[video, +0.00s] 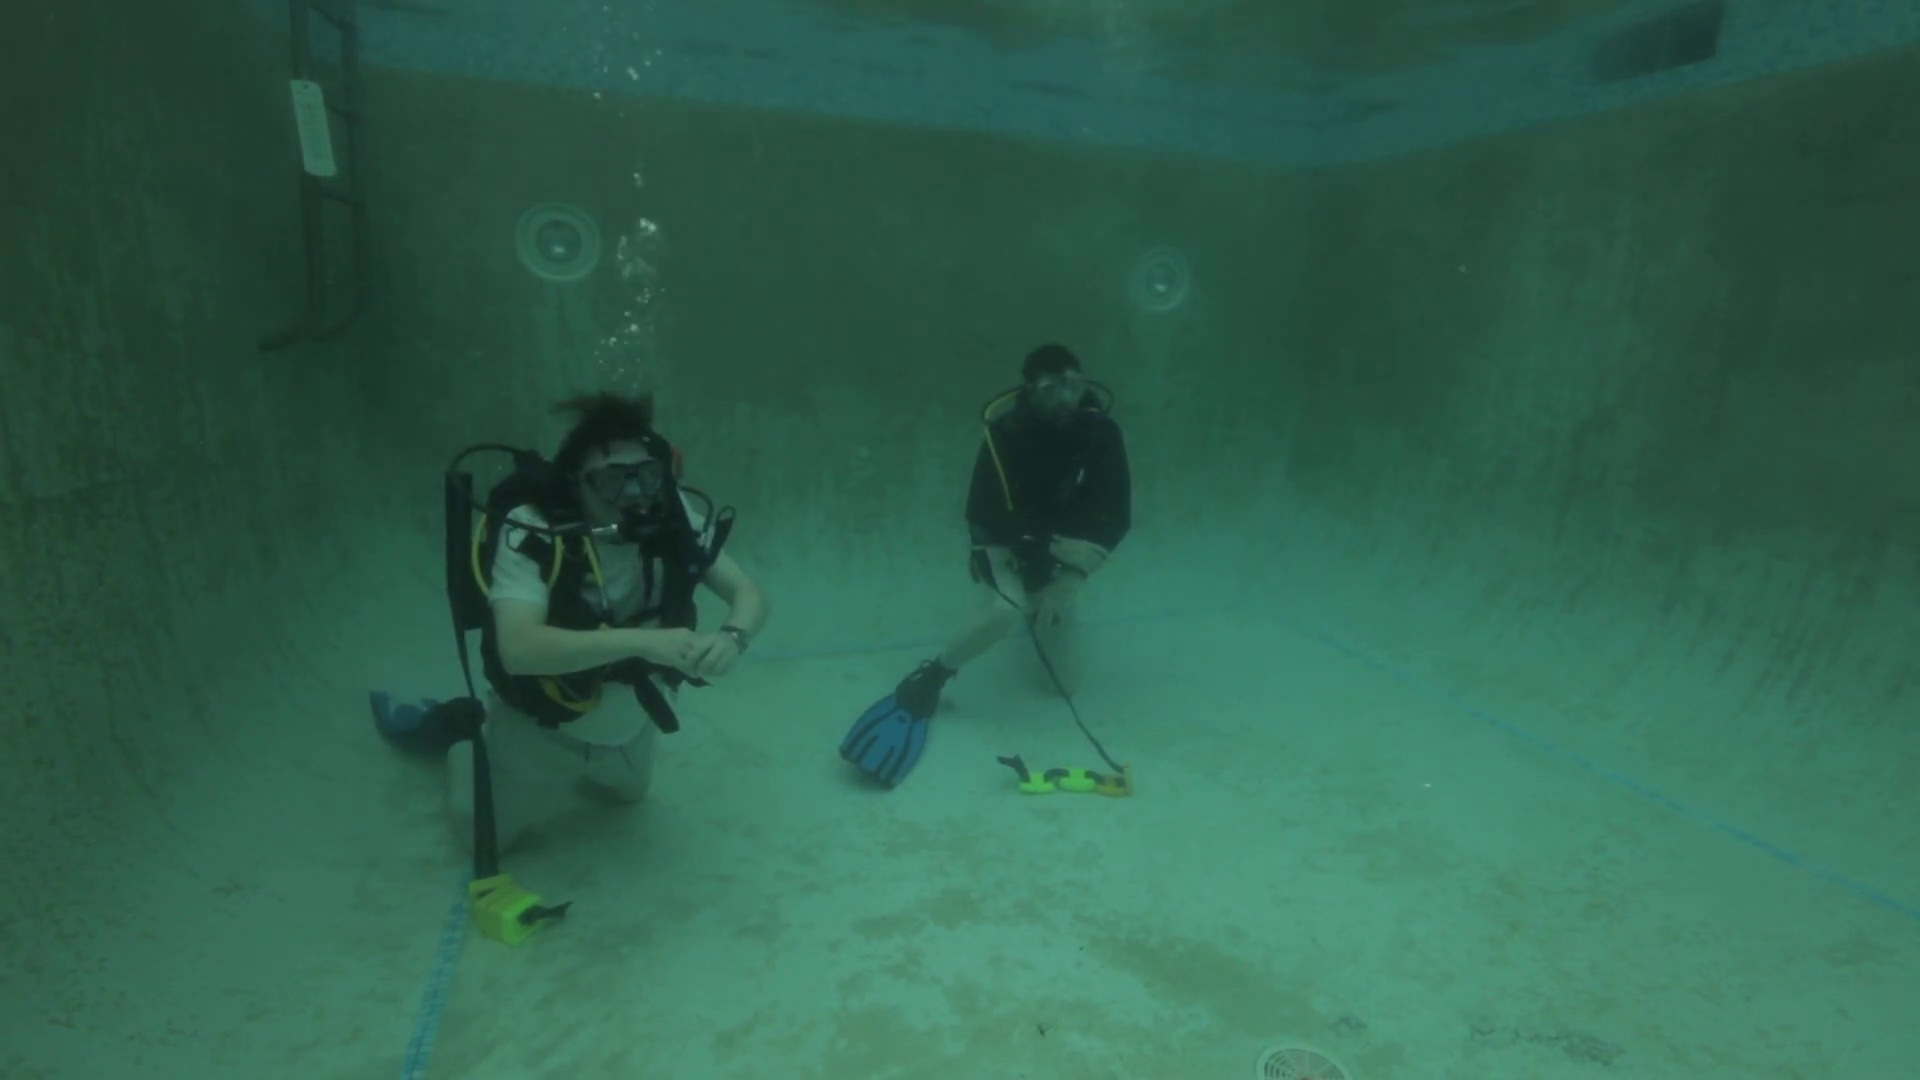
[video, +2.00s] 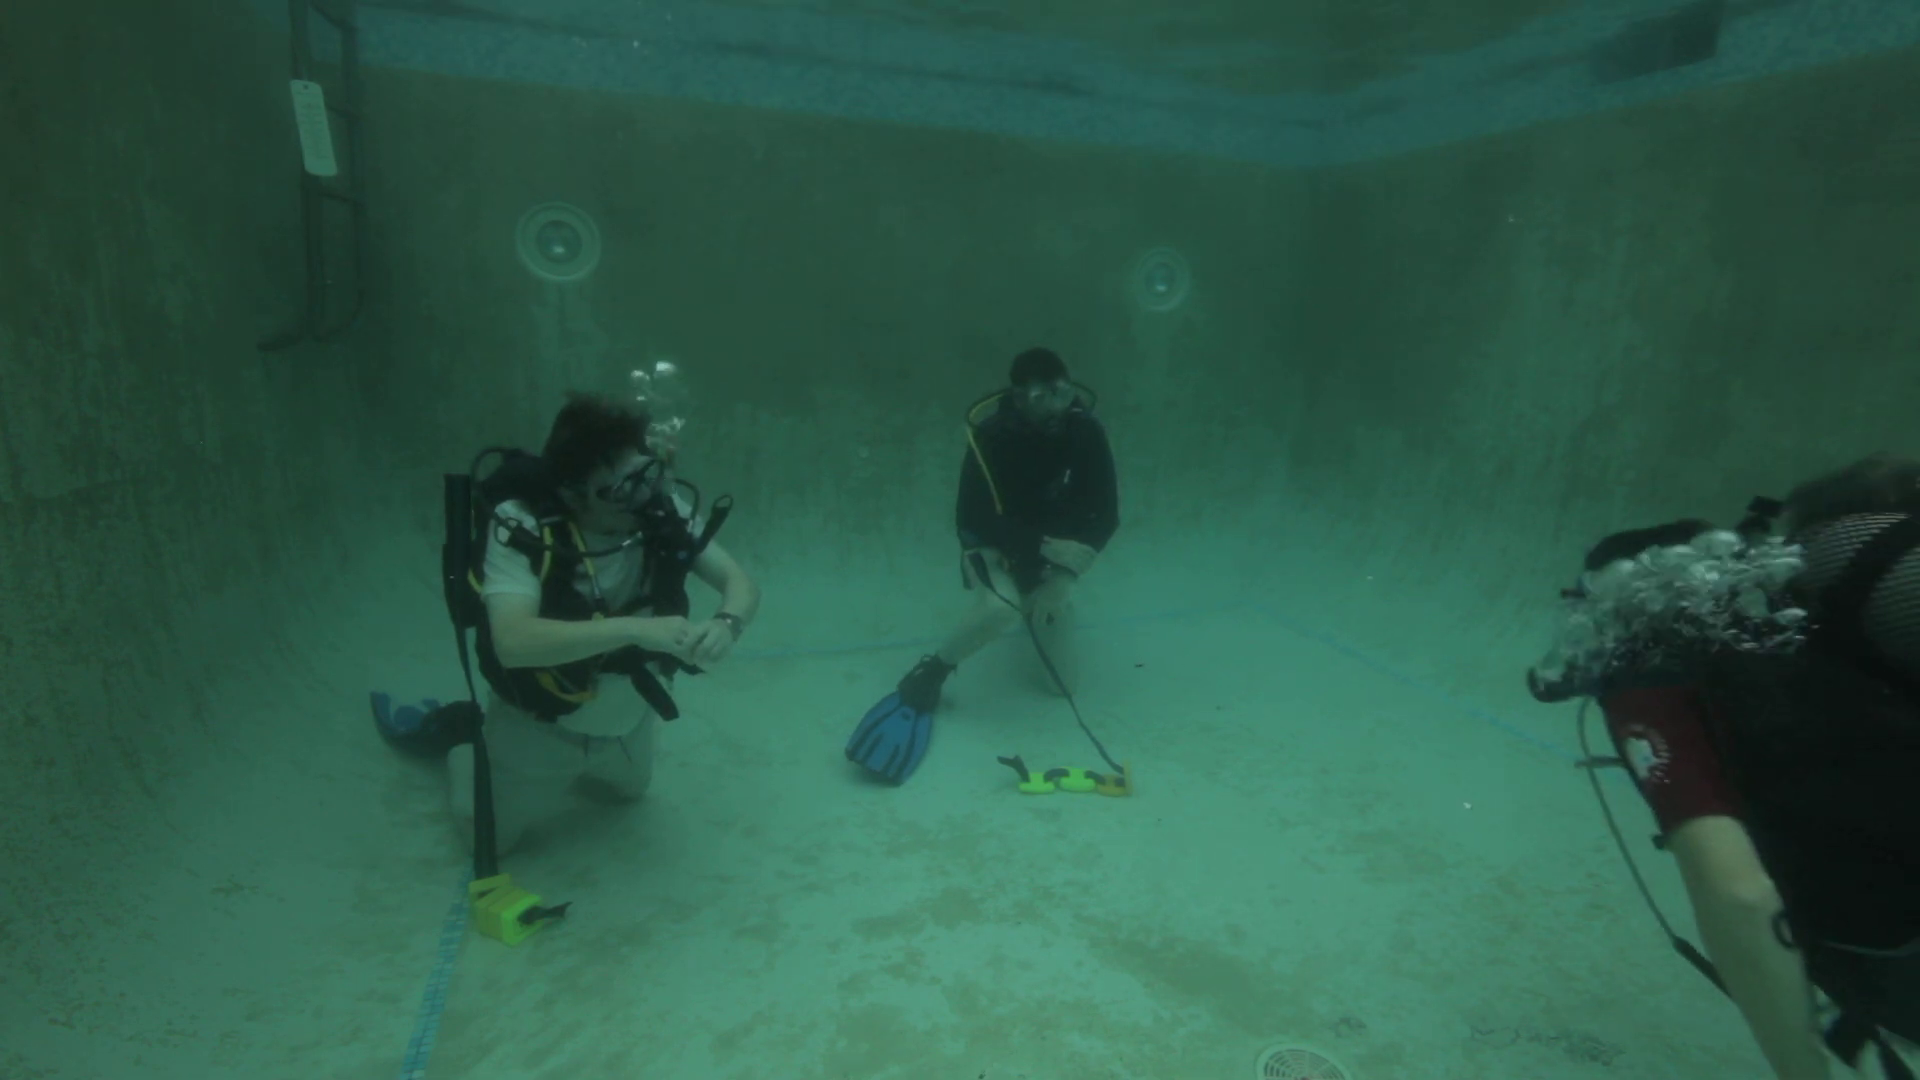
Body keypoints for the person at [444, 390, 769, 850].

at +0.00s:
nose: (632, 494)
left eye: (643, 478)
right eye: (612, 480)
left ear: (661, 476)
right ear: (577, 482)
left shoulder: (671, 518)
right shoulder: (531, 527)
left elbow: (748, 593)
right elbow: (517, 649)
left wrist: (733, 636)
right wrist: (647, 643)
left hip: (626, 708)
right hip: (538, 715)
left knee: (628, 785)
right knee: (486, 836)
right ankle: (462, 728)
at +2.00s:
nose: (649, 498)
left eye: (651, 479)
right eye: (629, 486)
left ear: (658, 470)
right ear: (576, 493)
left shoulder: (658, 512)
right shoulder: (520, 525)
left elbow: (741, 584)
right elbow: (513, 642)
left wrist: (727, 624)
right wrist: (636, 630)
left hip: (626, 712)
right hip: (537, 721)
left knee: (629, 786)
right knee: (492, 837)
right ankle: (466, 730)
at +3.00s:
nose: (635, 492)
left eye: (636, 472)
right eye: (614, 481)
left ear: (643, 462)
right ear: (562, 489)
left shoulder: (646, 512)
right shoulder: (506, 529)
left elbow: (719, 586)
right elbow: (552, 620)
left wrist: (727, 636)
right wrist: (660, 556)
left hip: (625, 711)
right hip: (538, 722)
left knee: (627, 786)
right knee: (503, 832)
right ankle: (461, 731)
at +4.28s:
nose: (675, 475)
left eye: (673, 461)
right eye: (662, 464)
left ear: (623, 470)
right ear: (616, 471)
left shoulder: (638, 510)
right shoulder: (533, 515)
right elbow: (608, 578)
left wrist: (716, 593)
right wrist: (734, 584)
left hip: (606, 701)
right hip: (520, 722)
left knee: (632, 762)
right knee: (495, 833)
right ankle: (455, 725)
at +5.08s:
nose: (706, 473)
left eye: (704, 459)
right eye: (695, 462)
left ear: (657, 467)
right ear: (651, 466)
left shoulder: (656, 520)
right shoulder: (590, 511)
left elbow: (679, 599)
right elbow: (685, 567)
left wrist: (749, 629)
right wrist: (798, 568)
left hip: (572, 695)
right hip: (505, 697)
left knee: (549, 753)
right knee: (469, 827)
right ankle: (417, 732)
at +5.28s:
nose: (711, 476)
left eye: (711, 462)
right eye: (700, 464)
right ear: (655, 463)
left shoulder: (664, 508)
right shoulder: (601, 499)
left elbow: (672, 597)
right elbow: (647, 556)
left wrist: (740, 624)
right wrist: (778, 580)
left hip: (573, 692)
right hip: (506, 689)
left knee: (528, 756)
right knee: (456, 829)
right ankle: (408, 736)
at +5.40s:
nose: (719, 475)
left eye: (719, 460)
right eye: (706, 463)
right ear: (661, 462)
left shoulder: (679, 515)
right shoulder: (617, 494)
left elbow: (695, 593)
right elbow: (604, 548)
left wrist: (756, 617)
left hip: (568, 689)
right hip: (505, 681)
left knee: (502, 758)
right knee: (451, 826)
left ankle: (427, 715)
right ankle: (396, 735)